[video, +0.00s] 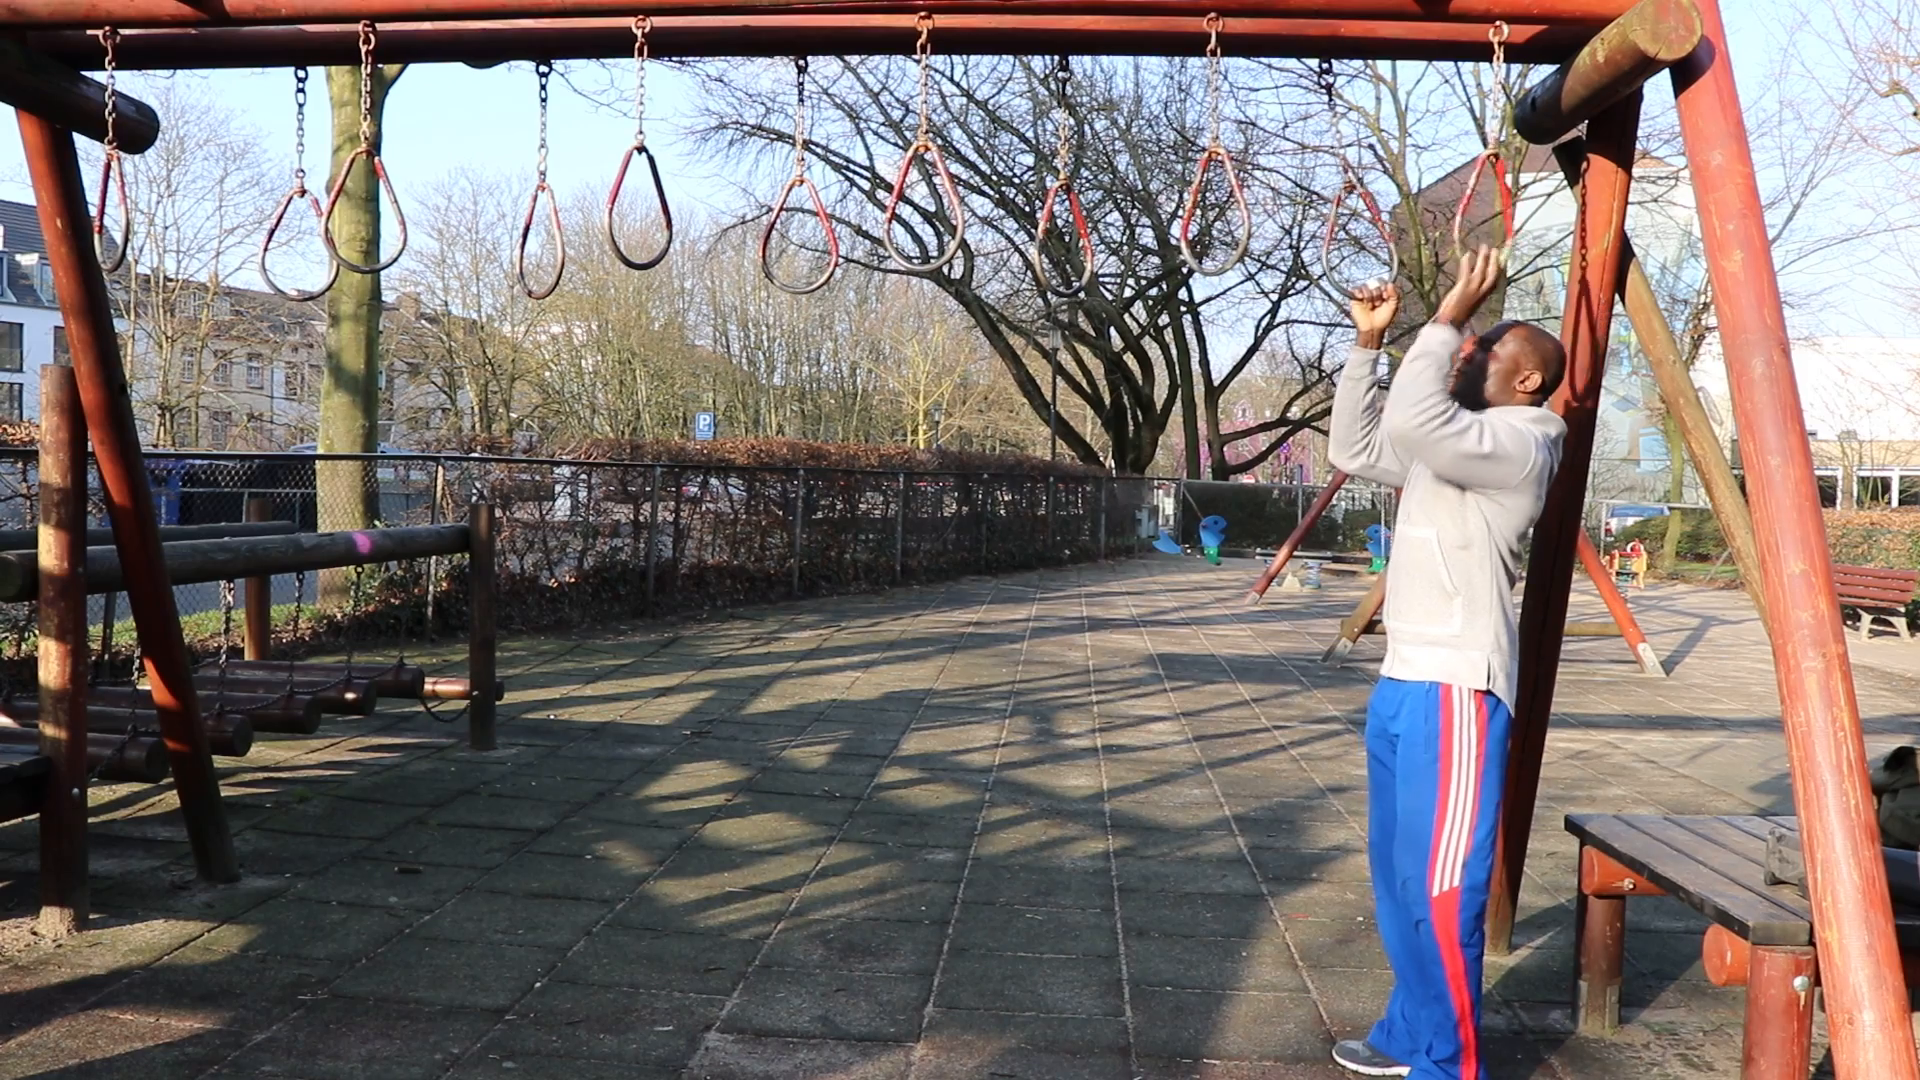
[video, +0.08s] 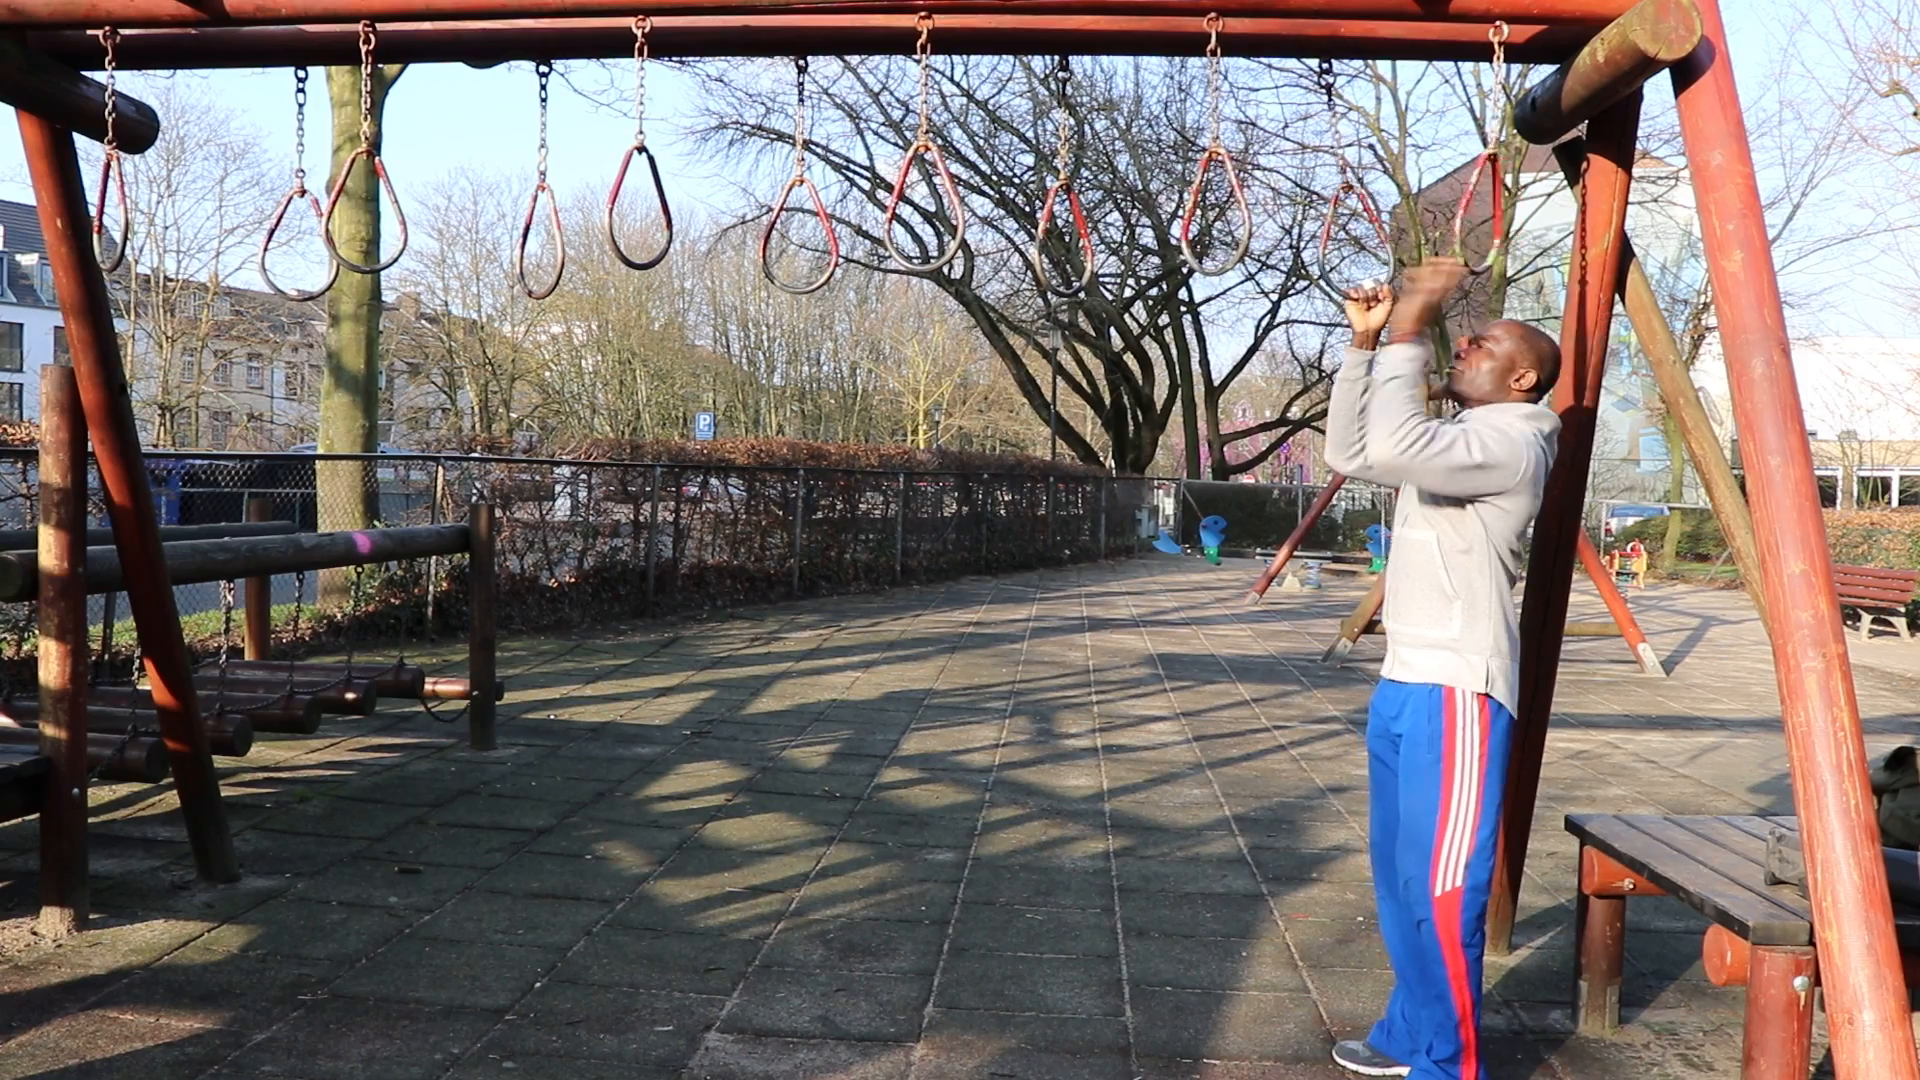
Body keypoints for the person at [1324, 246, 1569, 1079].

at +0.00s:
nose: (1469, 349)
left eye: (1492, 344)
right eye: (1475, 341)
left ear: (1530, 379)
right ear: (1495, 370)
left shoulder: (1523, 443)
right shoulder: (1457, 434)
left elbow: (1414, 428)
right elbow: (1353, 448)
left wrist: (1448, 322)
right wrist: (1368, 345)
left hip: (1459, 690)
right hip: (1406, 686)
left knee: (1438, 888)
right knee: (1399, 879)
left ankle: (1449, 1061)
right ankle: (1412, 1034)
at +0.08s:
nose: (1462, 356)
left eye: (1484, 348)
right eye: (1467, 345)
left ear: (1523, 378)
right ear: (1492, 372)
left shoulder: (1512, 439)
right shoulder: (1457, 429)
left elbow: (1396, 447)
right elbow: (1348, 453)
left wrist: (1410, 325)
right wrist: (1362, 343)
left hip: (1462, 688)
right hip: (1408, 683)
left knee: (1441, 886)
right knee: (1401, 877)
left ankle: (1448, 1059)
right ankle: (1412, 1034)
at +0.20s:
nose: (1453, 347)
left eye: (1475, 342)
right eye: (1458, 337)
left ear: (1513, 376)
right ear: (1462, 368)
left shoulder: (1498, 437)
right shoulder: (1447, 430)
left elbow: (1379, 430)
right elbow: (1341, 455)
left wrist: (1312, 327)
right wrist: (1362, 344)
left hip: (1460, 691)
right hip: (1410, 684)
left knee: (1441, 882)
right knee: (1399, 871)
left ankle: (1450, 1059)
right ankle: (1410, 1034)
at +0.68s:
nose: (1402, 359)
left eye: (1421, 349)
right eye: (1409, 347)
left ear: (1466, 376)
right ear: (1460, 376)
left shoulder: (1454, 436)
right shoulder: (1427, 432)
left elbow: (1317, 427)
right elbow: (1323, 442)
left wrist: (1294, 309)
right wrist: (1343, 343)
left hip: (1407, 674)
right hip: (1367, 666)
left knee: (1356, 868)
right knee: (1316, 836)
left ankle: (1411, 1053)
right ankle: (1386, 1010)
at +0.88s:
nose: (1360, 369)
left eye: (1380, 358)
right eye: (1370, 357)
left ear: (1420, 383)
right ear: (1419, 383)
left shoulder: (1400, 444)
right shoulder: (1395, 437)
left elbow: (1254, 436)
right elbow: (1291, 439)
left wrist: (1248, 318)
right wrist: (1322, 344)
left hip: (1340, 676)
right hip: (1314, 663)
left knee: (1236, 850)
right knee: (1217, 802)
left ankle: (1280, 1043)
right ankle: (1290, 992)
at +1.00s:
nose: (1328, 360)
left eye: (1348, 352)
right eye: (1335, 347)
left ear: (1388, 377)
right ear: (1386, 377)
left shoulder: (1366, 439)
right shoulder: (1369, 434)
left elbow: (1215, 435)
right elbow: (1273, 430)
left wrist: (1223, 317)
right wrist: (1306, 343)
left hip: (1298, 667)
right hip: (1280, 650)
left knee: (1148, 804)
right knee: (1152, 719)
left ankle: (1165, 1010)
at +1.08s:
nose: (1304, 349)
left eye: (1323, 340)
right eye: (1311, 337)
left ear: (1364, 364)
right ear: (1367, 368)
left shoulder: (1344, 423)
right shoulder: (1354, 423)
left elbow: (1198, 432)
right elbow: (1240, 437)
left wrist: (1215, 320)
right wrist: (1292, 350)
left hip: (1267, 647)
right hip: (1249, 626)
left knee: (1103, 762)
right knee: (1112, 658)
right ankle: (1076, 841)